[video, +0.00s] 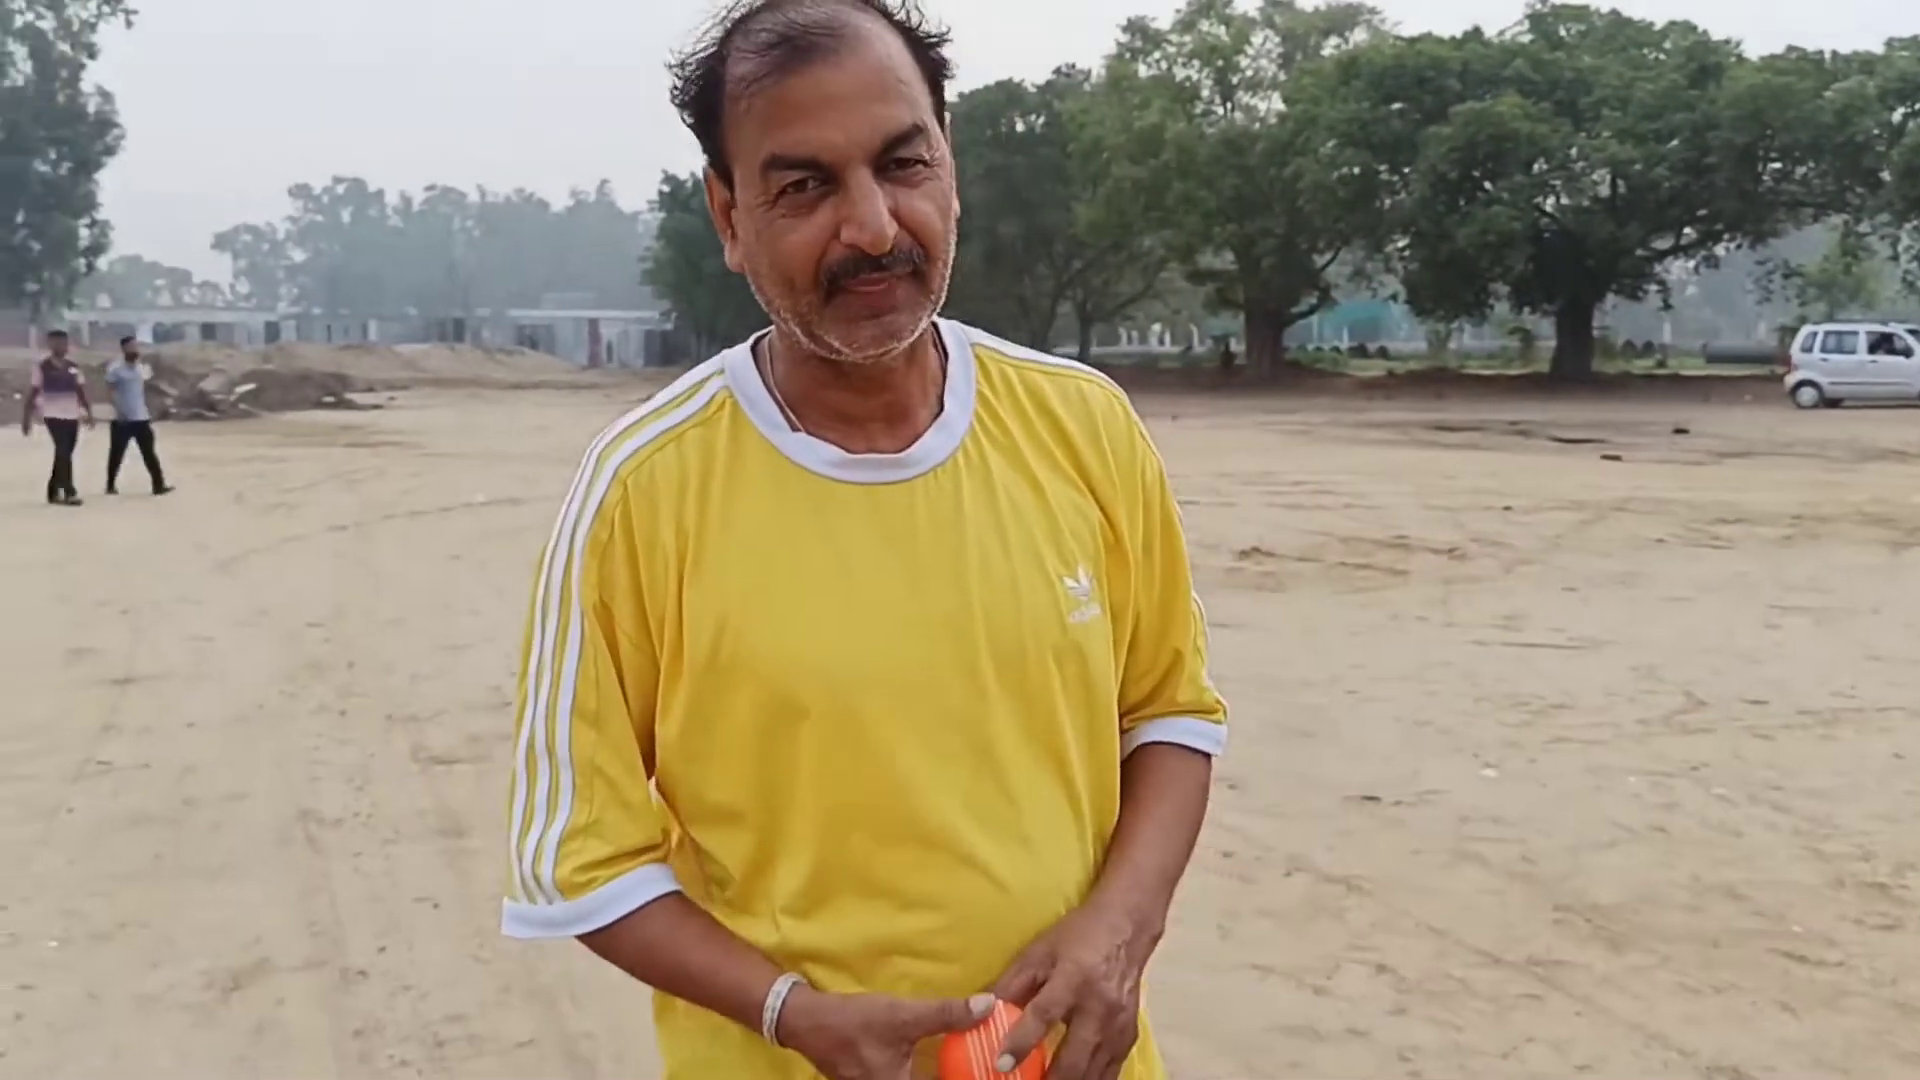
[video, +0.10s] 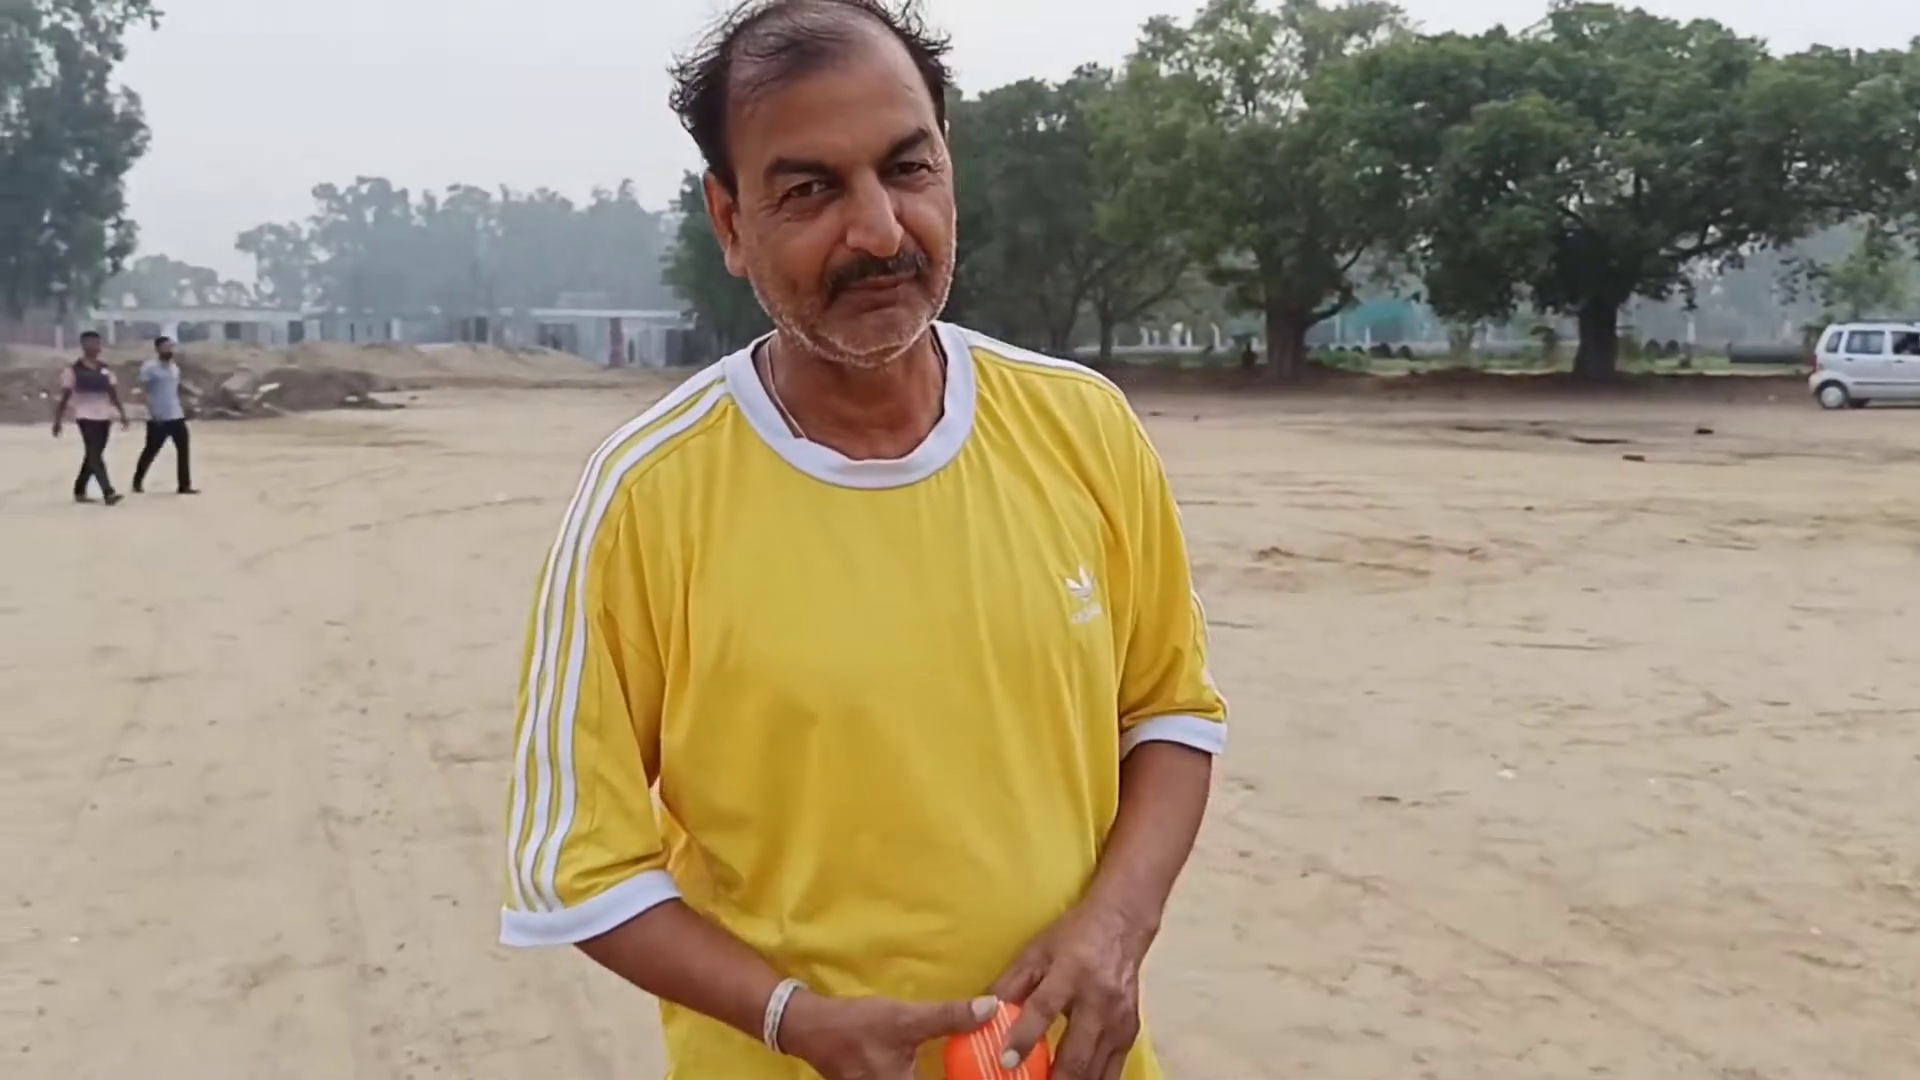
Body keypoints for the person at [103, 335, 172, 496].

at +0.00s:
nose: (134, 349)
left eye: (135, 346)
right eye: (131, 346)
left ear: (137, 348)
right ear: (124, 349)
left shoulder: (139, 368)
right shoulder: (115, 370)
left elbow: (139, 391)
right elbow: (109, 394)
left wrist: (143, 410)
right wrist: (119, 410)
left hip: (141, 419)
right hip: (122, 419)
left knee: (149, 454)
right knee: (116, 456)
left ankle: (158, 484)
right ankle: (110, 485)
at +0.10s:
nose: (169, 350)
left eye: (171, 346)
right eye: (165, 347)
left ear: (173, 348)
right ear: (158, 349)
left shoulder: (175, 369)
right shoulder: (149, 368)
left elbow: (175, 389)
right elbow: (144, 391)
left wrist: (195, 393)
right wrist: (151, 412)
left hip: (176, 417)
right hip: (158, 418)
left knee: (183, 451)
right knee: (150, 452)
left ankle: (184, 484)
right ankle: (137, 482)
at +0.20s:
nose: (203, 349)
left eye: (204, 345)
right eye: (200, 345)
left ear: (206, 347)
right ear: (192, 348)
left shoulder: (207, 368)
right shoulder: (182, 367)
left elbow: (210, 391)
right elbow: (177, 391)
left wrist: (218, 409)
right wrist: (180, 408)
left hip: (209, 414)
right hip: (192, 416)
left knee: (213, 451)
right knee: (193, 448)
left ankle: (210, 484)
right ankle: (174, 472)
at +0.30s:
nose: (230, 346)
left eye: (231, 343)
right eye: (226, 343)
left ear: (232, 345)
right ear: (218, 345)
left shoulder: (234, 364)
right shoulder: (208, 365)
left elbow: (238, 385)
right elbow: (202, 390)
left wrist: (245, 400)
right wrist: (204, 408)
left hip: (234, 412)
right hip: (217, 412)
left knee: (234, 450)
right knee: (225, 447)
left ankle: (229, 483)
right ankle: (211, 472)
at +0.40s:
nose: (250, 347)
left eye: (252, 343)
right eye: (247, 343)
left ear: (254, 346)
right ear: (239, 346)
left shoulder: (254, 365)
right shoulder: (229, 365)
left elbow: (264, 385)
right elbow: (221, 389)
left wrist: (265, 381)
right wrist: (223, 411)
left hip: (253, 411)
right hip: (237, 410)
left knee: (250, 447)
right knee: (247, 445)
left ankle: (245, 481)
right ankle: (241, 482)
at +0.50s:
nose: (269, 350)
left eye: (269, 346)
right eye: (265, 346)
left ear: (270, 348)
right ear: (257, 348)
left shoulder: (270, 368)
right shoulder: (246, 367)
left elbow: (286, 379)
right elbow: (238, 392)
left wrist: (280, 360)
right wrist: (238, 416)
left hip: (269, 414)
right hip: (254, 413)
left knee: (261, 451)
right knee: (263, 451)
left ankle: (251, 484)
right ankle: (276, 483)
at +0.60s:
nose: (285, 352)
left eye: (286, 348)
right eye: (282, 348)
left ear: (285, 351)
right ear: (272, 350)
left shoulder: (285, 368)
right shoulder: (261, 370)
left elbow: (303, 372)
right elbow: (253, 395)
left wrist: (293, 353)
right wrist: (253, 418)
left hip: (285, 416)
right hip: (270, 416)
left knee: (275, 452)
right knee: (281, 453)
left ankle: (261, 482)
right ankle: (291, 486)